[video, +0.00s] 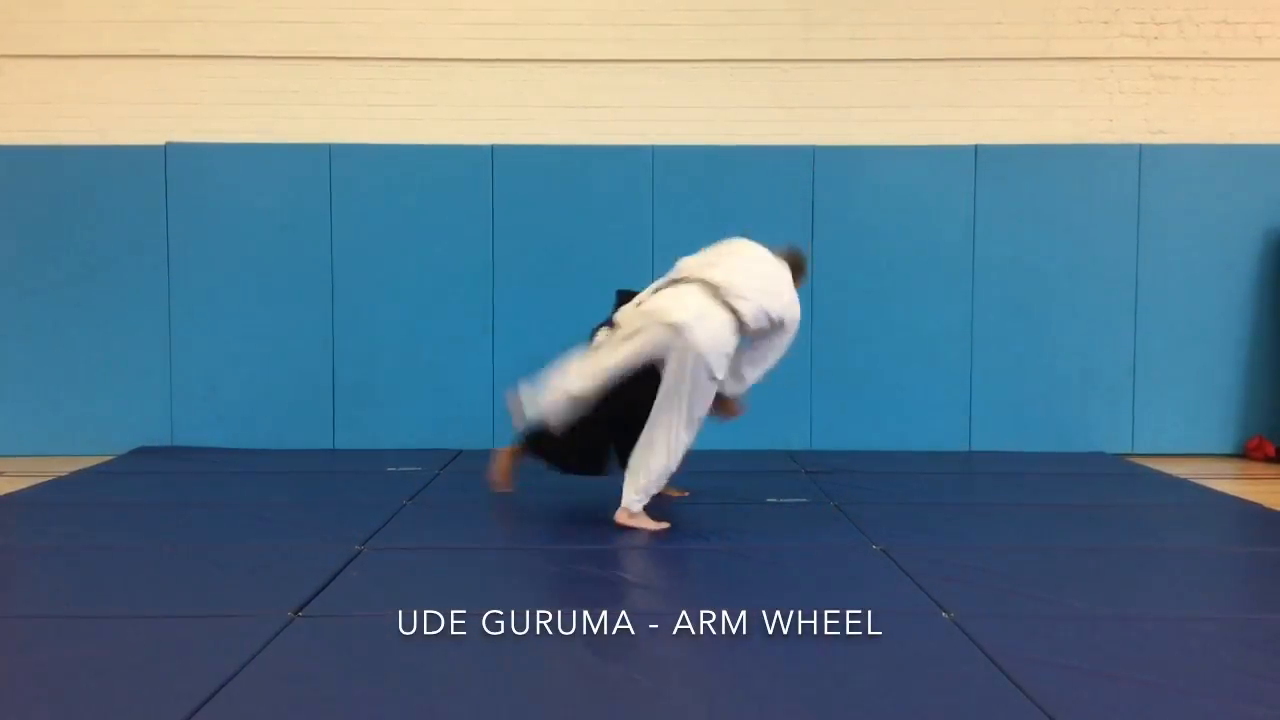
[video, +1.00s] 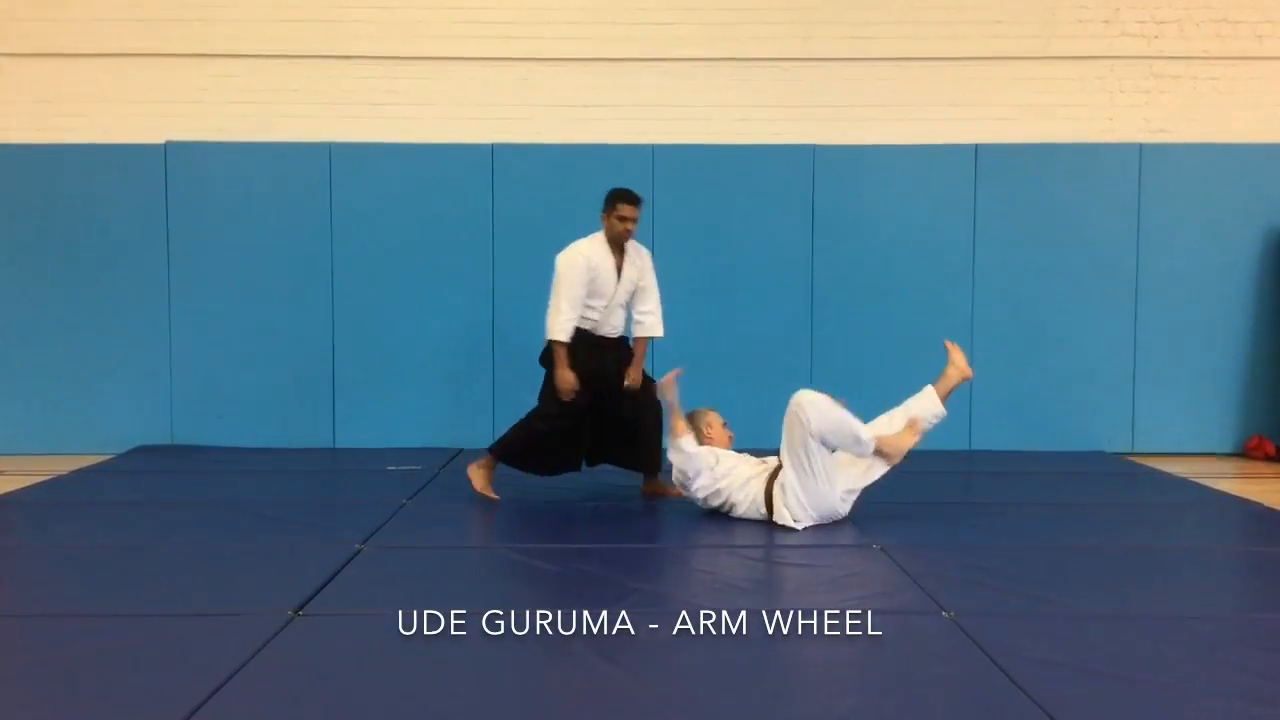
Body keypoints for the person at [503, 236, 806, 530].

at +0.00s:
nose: (794, 289)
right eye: (798, 284)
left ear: (774, 253)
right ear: (797, 279)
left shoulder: (739, 246)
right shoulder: (790, 307)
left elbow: (683, 269)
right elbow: (749, 365)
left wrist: (641, 302)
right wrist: (728, 395)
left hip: (671, 304)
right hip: (710, 339)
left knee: (600, 362)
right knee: (673, 423)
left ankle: (538, 403)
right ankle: (632, 507)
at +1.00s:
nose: (629, 227)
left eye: (634, 221)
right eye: (623, 220)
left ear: (638, 222)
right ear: (605, 218)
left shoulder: (640, 257)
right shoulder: (577, 255)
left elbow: (645, 312)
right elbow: (560, 312)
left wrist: (637, 362)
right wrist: (561, 365)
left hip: (613, 350)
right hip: (575, 346)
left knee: (647, 400)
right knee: (552, 415)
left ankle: (652, 482)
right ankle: (485, 465)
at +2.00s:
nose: (460, 188)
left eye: (460, 181)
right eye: (453, 181)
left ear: (440, 188)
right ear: (430, 186)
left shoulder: (447, 233)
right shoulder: (411, 227)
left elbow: (474, 282)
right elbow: (429, 281)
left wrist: (508, 268)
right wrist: (460, 267)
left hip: (449, 328)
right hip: (419, 327)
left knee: (463, 405)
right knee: (392, 407)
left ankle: (455, 491)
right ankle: (350, 493)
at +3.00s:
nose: (429, 189)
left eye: (428, 183)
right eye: (423, 182)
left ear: (406, 187)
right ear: (398, 185)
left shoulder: (419, 229)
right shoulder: (375, 229)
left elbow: (453, 267)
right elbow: (395, 284)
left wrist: (490, 249)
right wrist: (429, 263)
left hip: (426, 331)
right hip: (390, 332)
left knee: (441, 411)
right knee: (371, 417)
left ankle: (451, 492)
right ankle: (343, 504)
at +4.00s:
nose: (500, 216)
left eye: (507, 209)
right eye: (494, 209)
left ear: (520, 209)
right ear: (487, 209)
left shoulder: (535, 250)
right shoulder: (469, 238)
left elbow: (530, 307)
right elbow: (420, 263)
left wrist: (485, 283)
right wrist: (442, 272)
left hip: (518, 345)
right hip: (476, 343)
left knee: (520, 413)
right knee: (474, 417)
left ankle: (517, 479)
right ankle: (481, 490)